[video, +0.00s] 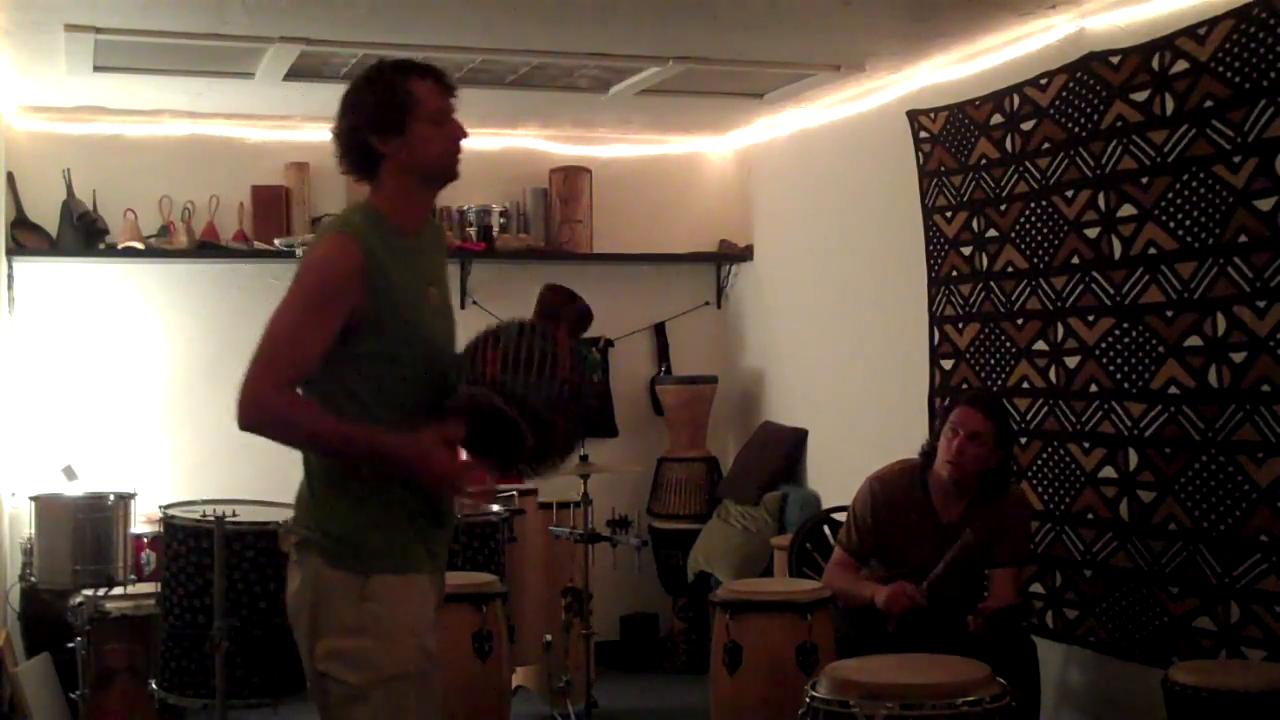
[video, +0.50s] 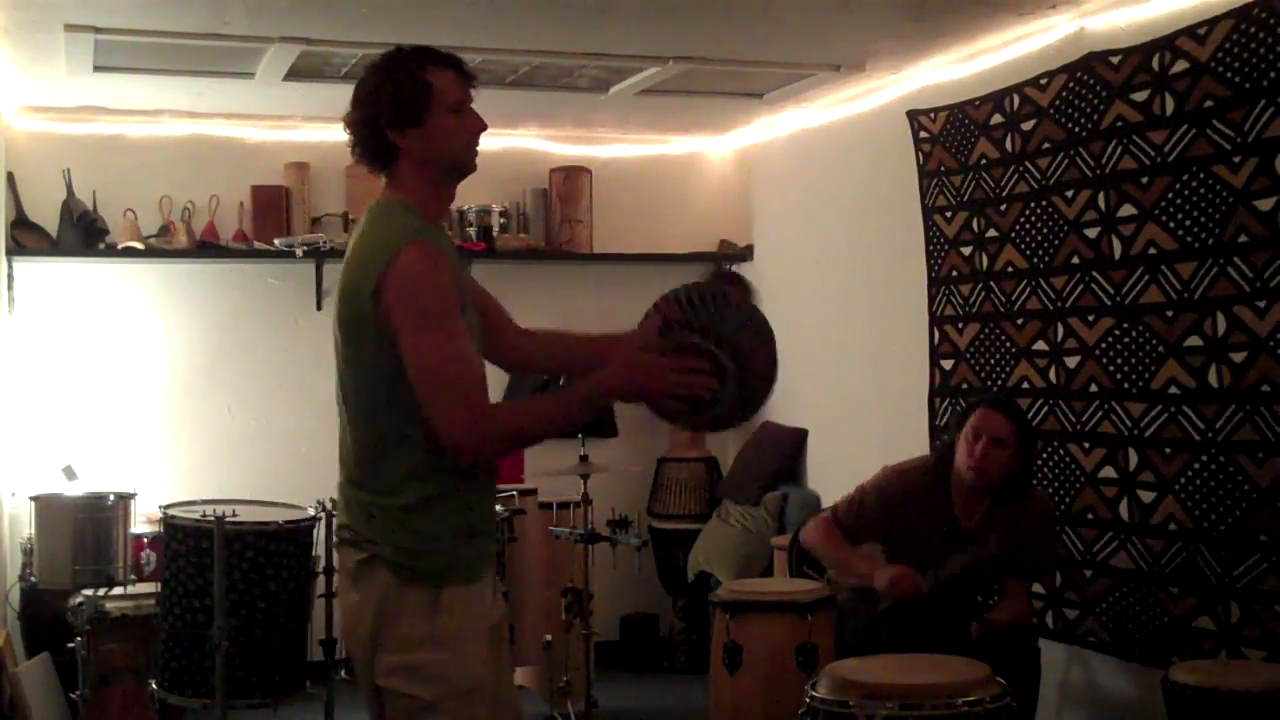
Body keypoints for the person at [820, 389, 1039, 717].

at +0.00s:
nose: (957, 446)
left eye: (973, 440)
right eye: (952, 432)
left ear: (994, 456)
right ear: (939, 434)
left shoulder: (1007, 506)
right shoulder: (885, 489)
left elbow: (1005, 595)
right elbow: (834, 575)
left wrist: (988, 612)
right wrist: (877, 592)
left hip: (959, 626)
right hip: (885, 623)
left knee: (1016, 648)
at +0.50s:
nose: (979, 452)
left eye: (997, 445)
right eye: (974, 436)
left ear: (1016, 459)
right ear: (957, 436)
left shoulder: (1028, 509)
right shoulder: (907, 483)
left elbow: (1018, 602)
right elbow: (814, 531)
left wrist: (981, 626)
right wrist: (875, 570)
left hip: (969, 618)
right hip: (896, 607)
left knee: (1019, 649)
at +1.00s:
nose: (897, 383)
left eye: (913, 375)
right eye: (892, 377)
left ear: (946, 397)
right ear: (884, 396)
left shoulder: (977, 474)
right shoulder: (856, 462)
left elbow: (1014, 561)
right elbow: (765, 517)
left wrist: (973, 580)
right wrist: (834, 538)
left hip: (946, 617)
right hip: (867, 617)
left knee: (1000, 677)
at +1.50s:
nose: (876, 391)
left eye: (887, 381)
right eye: (866, 383)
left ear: (906, 394)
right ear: (851, 399)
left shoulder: (947, 467)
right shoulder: (826, 472)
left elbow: (997, 537)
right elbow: (762, 542)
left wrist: (967, 534)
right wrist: (829, 539)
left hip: (940, 626)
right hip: (863, 631)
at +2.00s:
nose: (894, 395)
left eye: (907, 386)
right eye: (884, 387)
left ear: (929, 400)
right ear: (869, 404)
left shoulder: (966, 469)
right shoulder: (842, 468)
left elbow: (1002, 569)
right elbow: (775, 547)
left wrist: (976, 538)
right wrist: (829, 538)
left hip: (939, 617)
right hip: (857, 618)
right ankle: (1020, 680)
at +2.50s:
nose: (883, 398)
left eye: (895, 386)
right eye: (873, 389)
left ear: (919, 400)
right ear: (859, 407)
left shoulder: (962, 469)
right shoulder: (829, 478)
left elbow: (997, 553)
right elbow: (777, 561)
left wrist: (964, 542)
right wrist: (821, 542)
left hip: (943, 636)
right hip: (859, 639)